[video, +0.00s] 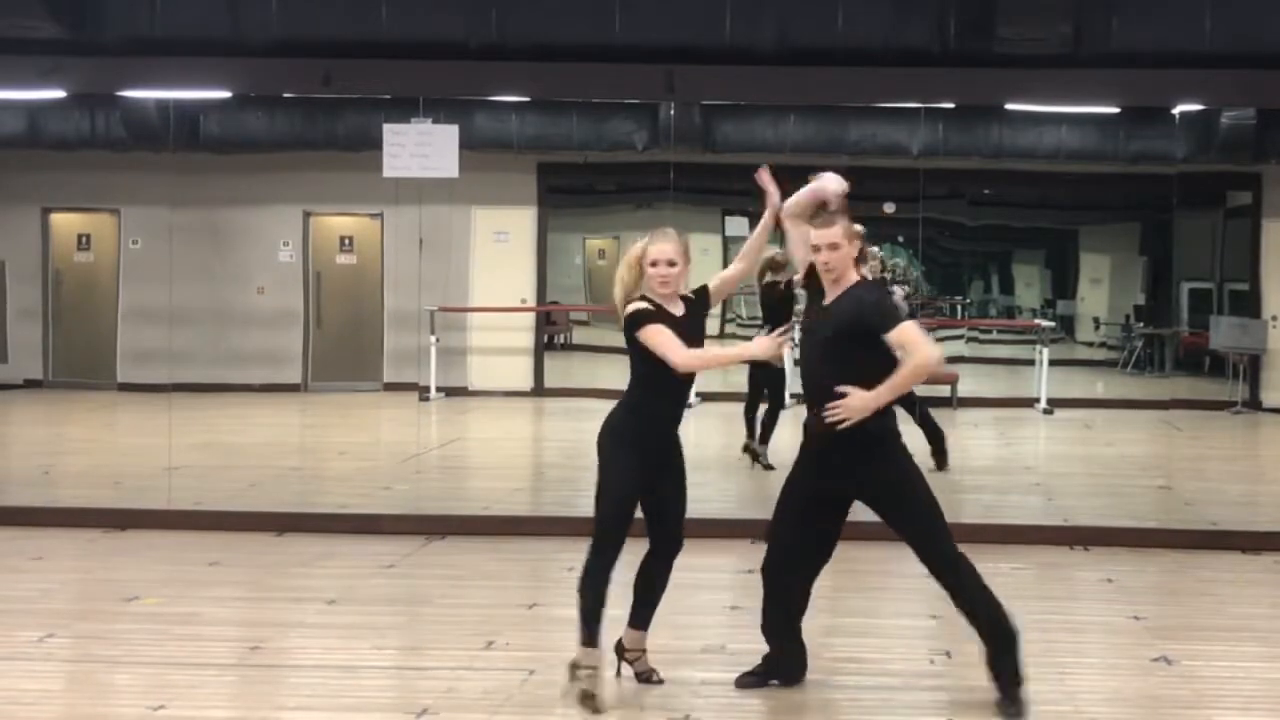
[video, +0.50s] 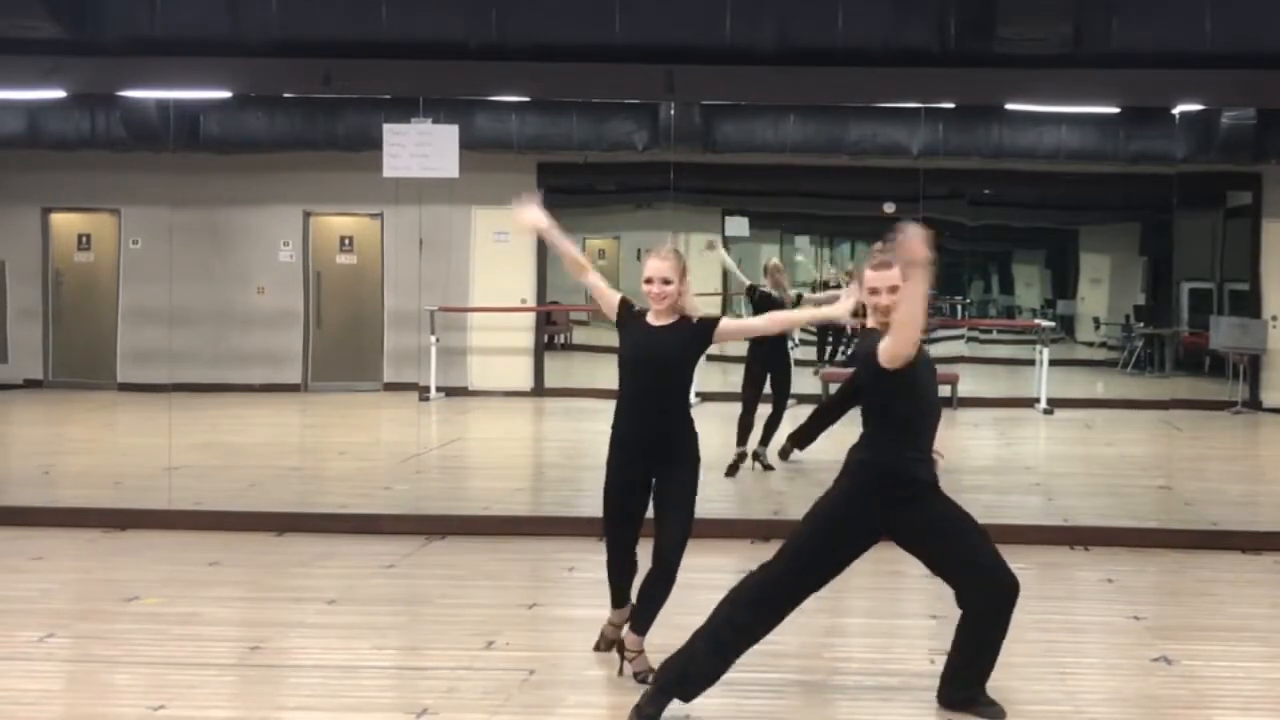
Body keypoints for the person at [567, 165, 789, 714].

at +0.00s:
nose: (665, 271)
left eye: (673, 263)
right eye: (656, 264)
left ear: (685, 267)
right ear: (641, 271)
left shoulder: (696, 303)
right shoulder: (640, 316)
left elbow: (741, 267)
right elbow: (684, 359)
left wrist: (771, 212)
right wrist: (751, 349)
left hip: (663, 441)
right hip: (626, 438)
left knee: (667, 541)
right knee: (608, 539)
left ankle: (634, 641)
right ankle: (587, 650)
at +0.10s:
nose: (655, 278)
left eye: (664, 269)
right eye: (648, 270)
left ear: (685, 272)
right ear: (639, 274)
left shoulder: (703, 310)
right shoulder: (632, 316)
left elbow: (756, 252)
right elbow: (615, 376)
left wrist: (784, 205)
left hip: (675, 442)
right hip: (627, 437)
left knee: (677, 543)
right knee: (589, 537)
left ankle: (635, 640)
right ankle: (535, 640)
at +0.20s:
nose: (656, 281)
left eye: (665, 273)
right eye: (649, 273)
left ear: (685, 275)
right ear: (641, 275)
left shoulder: (705, 316)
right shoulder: (628, 323)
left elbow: (753, 273)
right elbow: (578, 375)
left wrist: (794, 227)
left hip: (676, 447)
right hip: (625, 443)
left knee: (678, 551)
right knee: (587, 535)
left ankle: (636, 640)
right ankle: (538, 620)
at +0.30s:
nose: (657, 282)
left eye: (665, 274)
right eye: (650, 274)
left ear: (684, 279)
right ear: (642, 277)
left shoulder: (705, 322)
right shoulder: (624, 324)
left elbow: (765, 281)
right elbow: (559, 345)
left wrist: (810, 246)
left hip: (676, 448)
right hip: (625, 444)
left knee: (674, 555)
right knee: (603, 537)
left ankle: (635, 640)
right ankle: (579, 611)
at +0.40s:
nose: (655, 288)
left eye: (665, 280)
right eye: (649, 280)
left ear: (683, 283)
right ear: (641, 280)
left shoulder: (703, 324)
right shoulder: (623, 320)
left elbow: (772, 298)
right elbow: (561, 304)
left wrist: (833, 270)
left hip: (674, 450)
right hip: (624, 448)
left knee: (672, 554)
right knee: (619, 545)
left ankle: (633, 641)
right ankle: (610, 614)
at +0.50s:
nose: (657, 288)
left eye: (665, 280)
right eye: (650, 280)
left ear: (683, 283)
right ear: (642, 282)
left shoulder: (701, 329)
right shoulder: (627, 316)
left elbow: (768, 323)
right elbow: (584, 271)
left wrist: (833, 311)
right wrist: (547, 227)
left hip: (678, 455)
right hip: (627, 452)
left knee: (668, 558)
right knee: (619, 549)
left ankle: (635, 637)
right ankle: (620, 611)